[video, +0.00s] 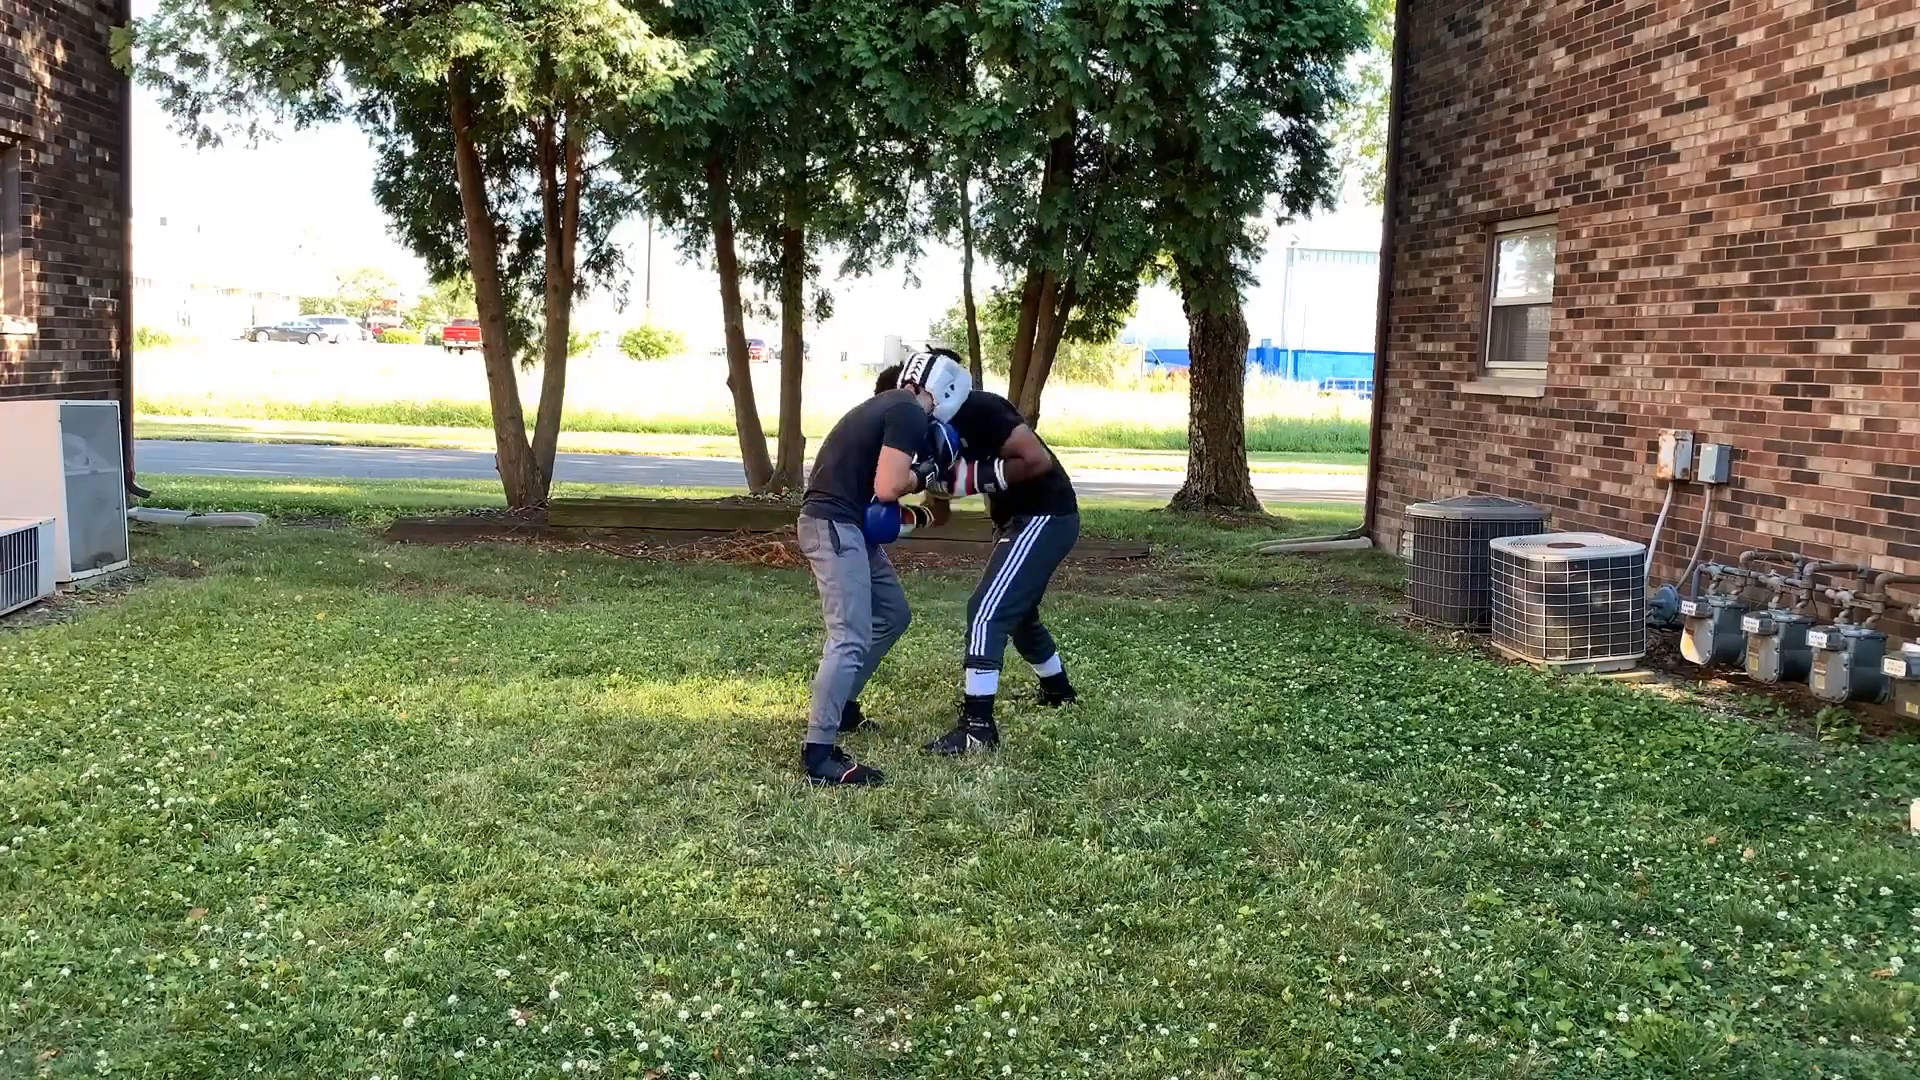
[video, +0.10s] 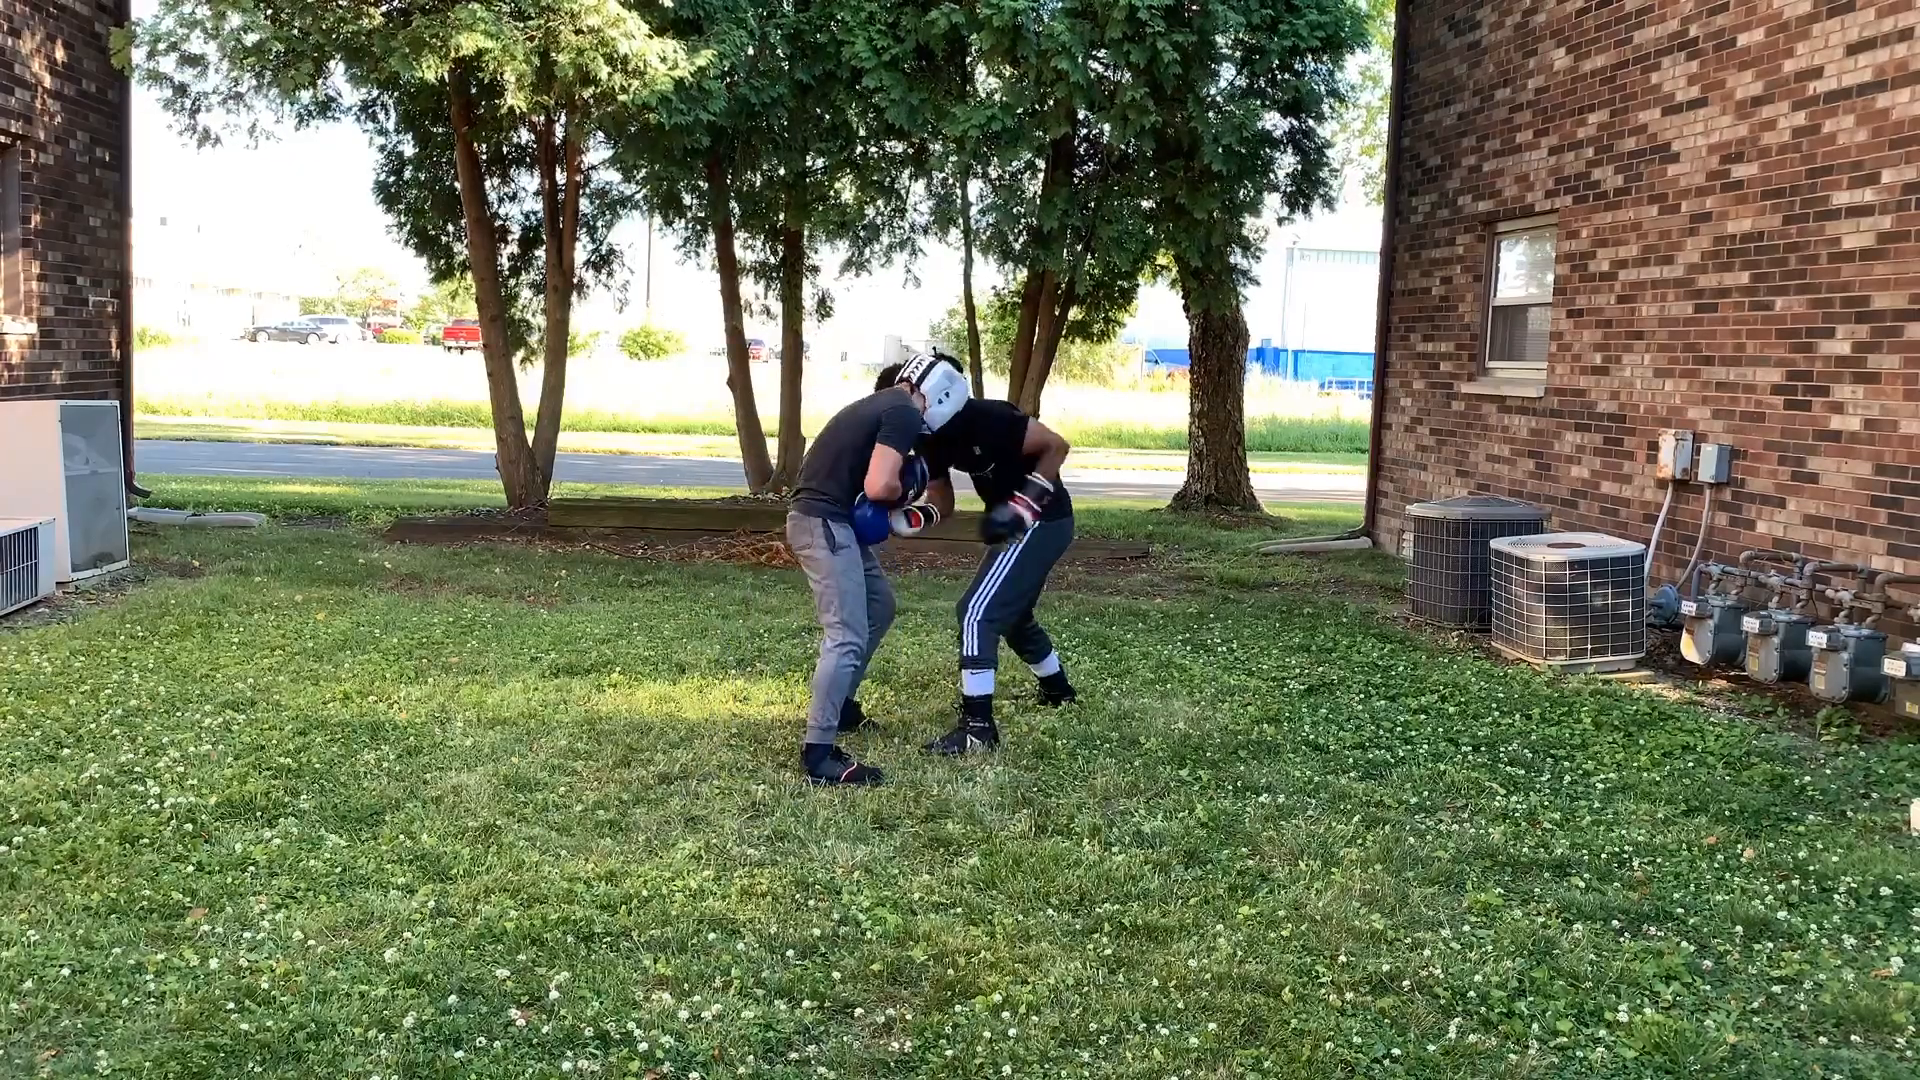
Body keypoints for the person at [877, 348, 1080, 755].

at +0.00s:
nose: (910, 411)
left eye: (911, 399)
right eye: (905, 402)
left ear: (931, 389)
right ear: (944, 385)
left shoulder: (979, 408)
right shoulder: (946, 429)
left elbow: (1037, 461)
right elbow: (941, 508)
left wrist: (975, 476)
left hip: (1044, 517)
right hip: (1021, 518)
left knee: (986, 609)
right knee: (1020, 614)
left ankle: (977, 725)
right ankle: (1058, 690)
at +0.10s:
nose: (902, 417)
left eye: (903, 405)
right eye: (898, 409)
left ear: (924, 398)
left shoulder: (980, 417)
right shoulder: (928, 436)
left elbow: (1057, 446)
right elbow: (941, 499)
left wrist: (1027, 501)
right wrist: (915, 517)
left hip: (1043, 519)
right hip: (1017, 519)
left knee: (976, 611)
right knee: (1013, 615)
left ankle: (977, 727)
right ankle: (1058, 690)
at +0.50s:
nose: (916, 364)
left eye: (919, 356)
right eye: (915, 356)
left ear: (934, 357)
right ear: (965, 342)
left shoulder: (949, 404)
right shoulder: (992, 369)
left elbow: (936, 487)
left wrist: (899, 478)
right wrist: (928, 434)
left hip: (999, 519)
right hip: (1032, 512)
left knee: (955, 616)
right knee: (1006, 602)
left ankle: (973, 724)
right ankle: (1045, 679)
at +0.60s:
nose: (930, 364)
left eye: (931, 354)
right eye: (927, 355)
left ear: (947, 350)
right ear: (970, 343)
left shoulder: (966, 386)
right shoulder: (996, 373)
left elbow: (961, 461)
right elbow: (978, 443)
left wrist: (924, 478)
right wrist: (932, 432)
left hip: (1002, 518)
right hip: (1029, 515)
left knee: (952, 613)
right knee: (1003, 607)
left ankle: (973, 724)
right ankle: (1045, 684)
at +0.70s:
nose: (935, 383)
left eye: (935, 372)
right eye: (931, 374)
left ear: (954, 364)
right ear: (971, 358)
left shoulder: (984, 387)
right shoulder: (992, 389)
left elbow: (1001, 449)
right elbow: (963, 479)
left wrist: (960, 495)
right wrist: (943, 446)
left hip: (1009, 523)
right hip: (1031, 521)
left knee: (947, 614)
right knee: (1000, 608)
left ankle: (971, 722)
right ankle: (1044, 683)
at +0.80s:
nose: (934, 401)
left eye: (936, 391)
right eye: (931, 394)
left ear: (956, 380)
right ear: (968, 376)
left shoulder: (993, 397)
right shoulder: (968, 418)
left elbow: (1031, 442)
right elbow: (962, 494)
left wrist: (994, 493)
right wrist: (952, 451)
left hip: (1016, 523)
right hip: (1035, 527)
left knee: (948, 611)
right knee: (998, 612)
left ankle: (971, 722)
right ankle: (1044, 685)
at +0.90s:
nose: (932, 413)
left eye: (935, 401)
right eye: (928, 404)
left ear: (957, 392)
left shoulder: (988, 401)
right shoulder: (968, 434)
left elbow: (1035, 434)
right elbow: (972, 515)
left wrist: (996, 482)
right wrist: (958, 477)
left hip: (1023, 525)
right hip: (1033, 527)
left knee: (955, 612)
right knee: (996, 616)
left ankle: (973, 724)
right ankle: (1045, 687)